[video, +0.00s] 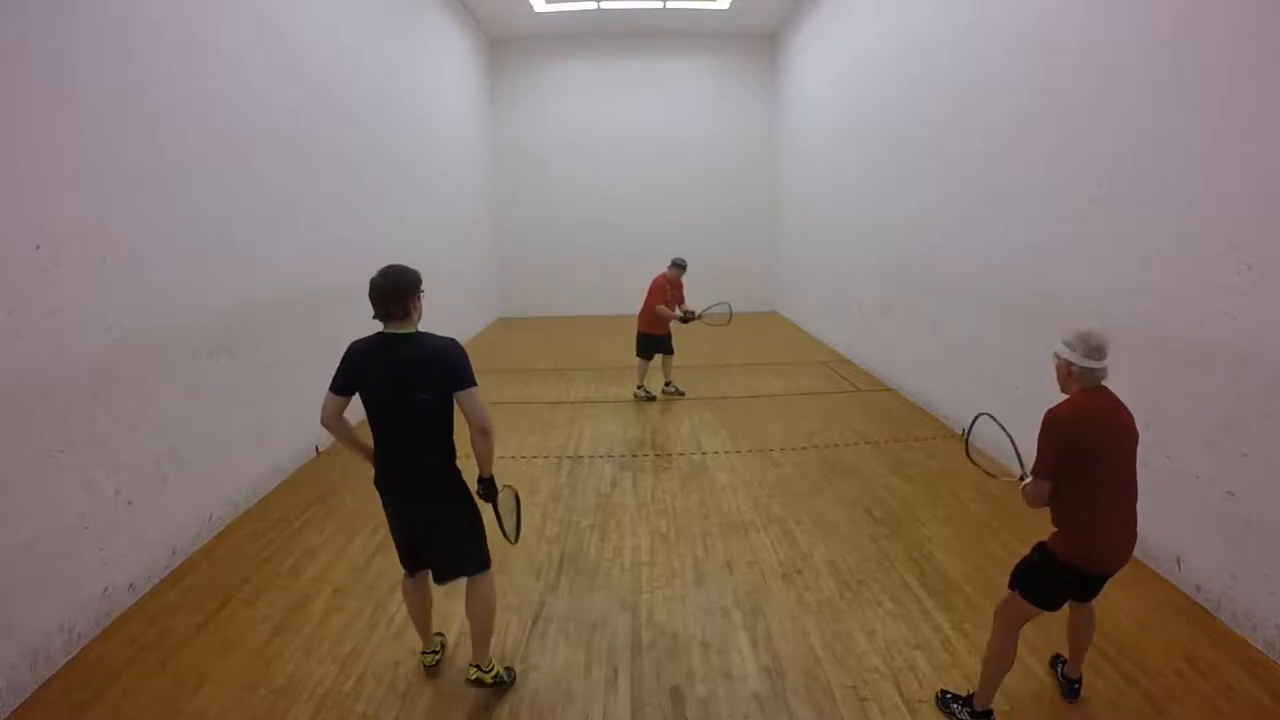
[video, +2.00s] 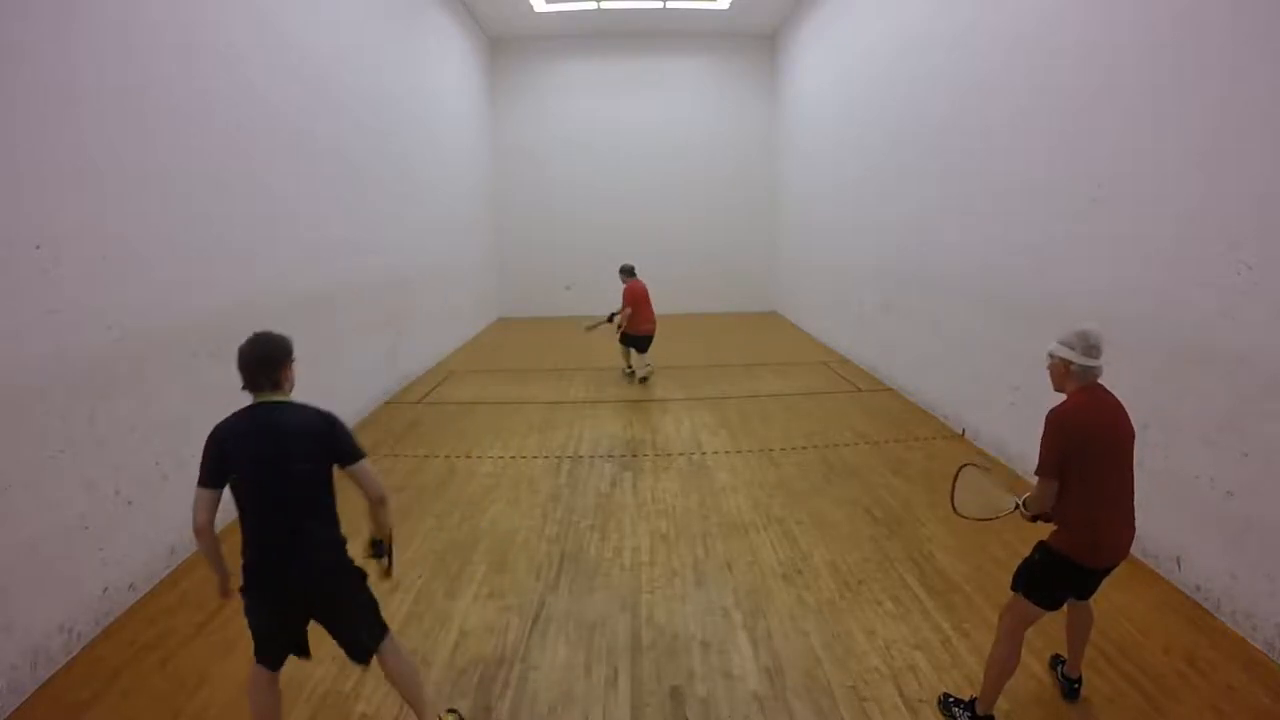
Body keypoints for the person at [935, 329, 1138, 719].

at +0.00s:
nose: (1055, 367)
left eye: (1058, 362)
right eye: (1057, 360)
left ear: (1069, 369)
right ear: (1099, 370)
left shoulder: (1061, 417)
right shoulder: (1120, 413)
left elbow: (1036, 497)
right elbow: (1101, 477)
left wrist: (1027, 486)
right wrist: (1050, 481)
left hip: (1076, 547)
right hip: (1118, 546)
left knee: (1009, 616)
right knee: (1082, 600)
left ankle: (979, 705)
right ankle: (1073, 676)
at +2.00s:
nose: (1048, 367)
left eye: (1053, 360)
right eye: (1050, 359)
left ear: (1068, 367)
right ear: (1089, 368)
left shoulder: (1062, 416)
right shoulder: (1113, 408)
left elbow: (1044, 497)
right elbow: (1101, 479)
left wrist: (1028, 507)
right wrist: (1052, 506)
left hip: (1077, 543)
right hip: (1116, 541)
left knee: (1014, 619)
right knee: (1080, 597)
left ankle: (981, 708)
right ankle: (1073, 675)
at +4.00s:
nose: (1086, 371)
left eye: (1090, 362)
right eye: (1086, 362)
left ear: (1114, 362)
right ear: (1123, 363)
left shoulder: (1115, 414)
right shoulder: (1145, 403)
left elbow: (1086, 489)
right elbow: (1128, 477)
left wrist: (1038, 478)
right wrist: (1081, 498)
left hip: (1103, 538)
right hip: (1130, 535)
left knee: (1048, 621)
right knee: (1084, 600)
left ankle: (995, 704)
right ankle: (1076, 672)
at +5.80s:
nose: (1059, 373)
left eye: (1061, 366)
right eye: (1061, 366)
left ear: (1070, 373)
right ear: (1104, 373)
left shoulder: (1068, 425)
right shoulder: (1128, 418)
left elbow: (1050, 514)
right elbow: (1136, 495)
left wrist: (1047, 526)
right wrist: (1067, 519)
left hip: (1084, 563)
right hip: (1128, 559)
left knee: (1022, 640)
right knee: (1091, 622)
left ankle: (998, 715)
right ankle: (1083, 696)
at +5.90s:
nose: (1059, 373)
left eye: (1061, 367)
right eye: (1061, 366)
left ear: (1070, 374)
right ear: (1103, 374)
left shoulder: (1067, 425)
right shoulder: (1128, 418)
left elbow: (1048, 511)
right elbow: (1146, 499)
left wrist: (1054, 527)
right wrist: (1088, 511)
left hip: (1083, 562)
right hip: (1128, 560)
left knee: (1022, 641)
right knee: (1090, 622)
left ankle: (998, 715)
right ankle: (1083, 696)